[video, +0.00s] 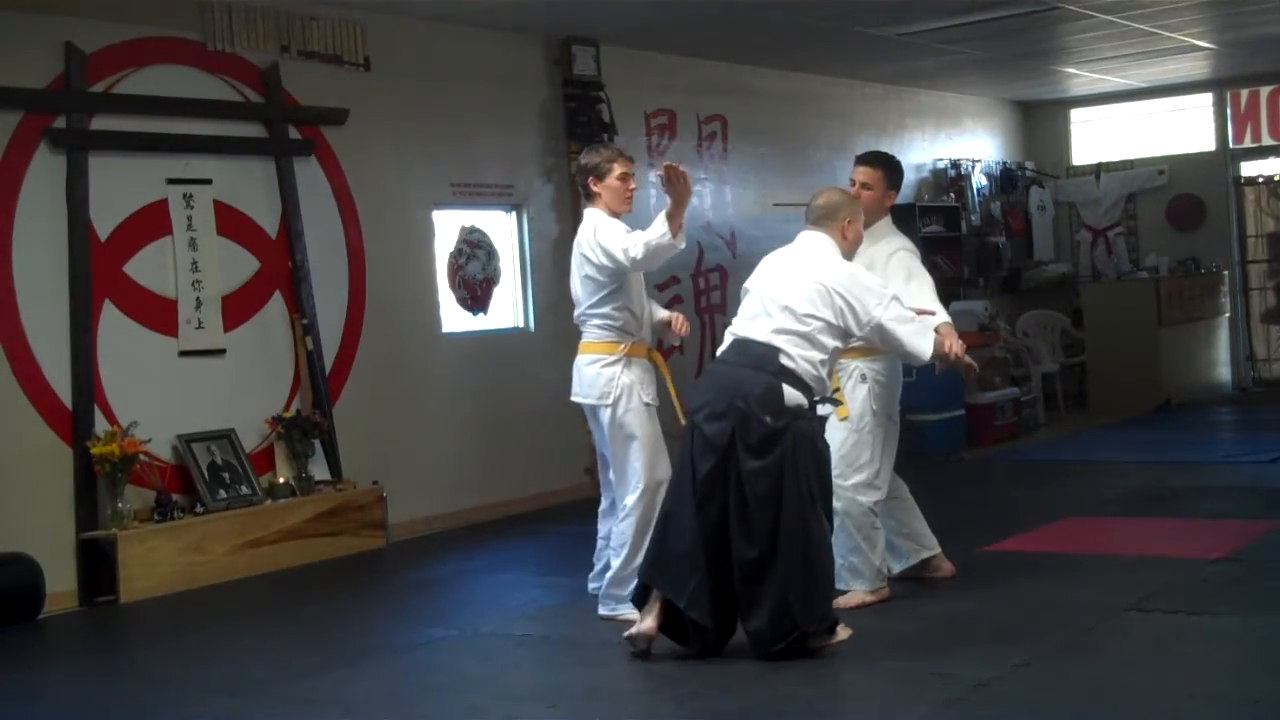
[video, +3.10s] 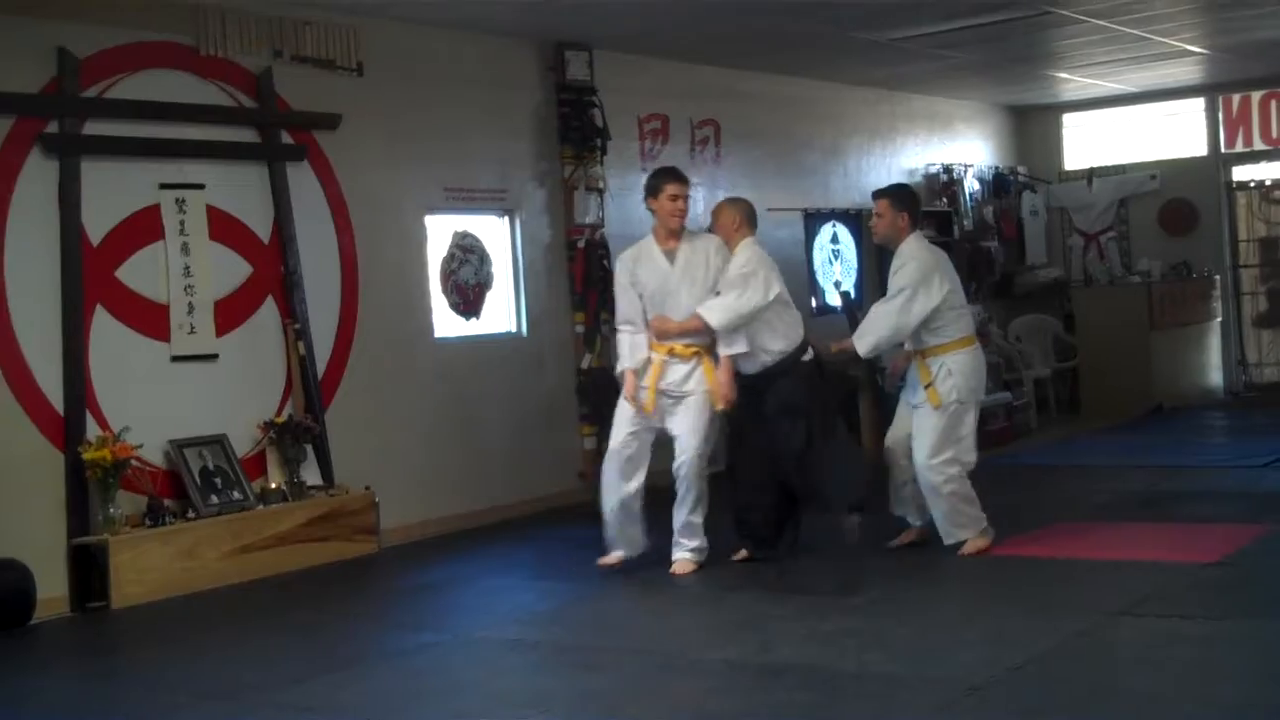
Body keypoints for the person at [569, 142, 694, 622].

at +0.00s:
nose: (632, 187)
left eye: (633, 178)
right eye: (624, 178)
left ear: (602, 187)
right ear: (594, 185)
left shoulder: (599, 229)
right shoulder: (600, 227)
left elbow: (627, 304)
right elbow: (637, 254)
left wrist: (664, 317)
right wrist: (676, 209)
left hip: (603, 367)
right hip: (617, 369)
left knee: (619, 479)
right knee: (650, 474)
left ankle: (608, 578)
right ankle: (619, 593)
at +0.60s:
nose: (628, 190)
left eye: (629, 182)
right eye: (618, 183)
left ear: (628, 189)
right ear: (591, 191)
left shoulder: (618, 236)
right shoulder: (590, 234)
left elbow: (635, 313)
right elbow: (616, 262)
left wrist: (652, 355)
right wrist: (640, 230)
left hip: (634, 370)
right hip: (608, 372)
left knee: (642, 485)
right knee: (627, 488)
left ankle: (639, 580)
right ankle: (618, 597)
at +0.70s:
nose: (626, 191)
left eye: (628, 183)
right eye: (616, 185)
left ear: (630, 188)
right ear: (592, 192)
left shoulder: (628, 239)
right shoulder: (586, 236)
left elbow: (640, 298)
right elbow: (595, 290)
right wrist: (627, 269)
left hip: (635, 364)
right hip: (603, 367)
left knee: (634, 478)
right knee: (614, 482)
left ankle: (632, 588)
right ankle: (615, 593)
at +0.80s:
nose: (624, 191)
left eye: (629, 182)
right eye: (614, 185)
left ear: (636, 187)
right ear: (594, 194)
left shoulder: (649, 241)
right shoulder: (585, 241)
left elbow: (660, 294)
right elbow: (576, 302)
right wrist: (611, 333)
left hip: (649, 361)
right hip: (604, 366)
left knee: (651, 469)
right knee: (605, 473)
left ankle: (656, 579)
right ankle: (605, 582)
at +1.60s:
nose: (605, 193)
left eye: (615, 186)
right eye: (599, 185)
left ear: (632, 192)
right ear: (591, 191)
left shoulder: (637, 240)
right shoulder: (603, 238)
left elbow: (630, 320)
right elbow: (603, 314)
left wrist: (610, 382)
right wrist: (596, 375)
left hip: (633, 369)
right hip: (609, 363)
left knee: (629, 468)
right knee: (623, 466)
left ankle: (638, 558)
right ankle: (632, 554)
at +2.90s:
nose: (637, 202)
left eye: (641, 194)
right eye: (628, 194)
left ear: (646, 199)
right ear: (607, 201)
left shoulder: (671, 246)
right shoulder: (590, 259)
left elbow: (689, 313)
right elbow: (596, 319)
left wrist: (669, 367)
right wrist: (589, 356)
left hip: (663, 362)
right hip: (611, 365)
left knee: (654, 453)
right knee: (601, 463)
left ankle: (680, 543)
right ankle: (602, 557)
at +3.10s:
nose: (681, 206)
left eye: (685, 199)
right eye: (673, 199)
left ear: (689, 203)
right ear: (651, 203)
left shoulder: (712, 249)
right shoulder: (630, 260)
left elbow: (726, 309)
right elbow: (628, 325)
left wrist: (726, 367)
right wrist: (629, 374)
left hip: (697, 365)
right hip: (647, 365)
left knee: (690, 460)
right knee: (620, 451)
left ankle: (688, 548)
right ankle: (625, 542)